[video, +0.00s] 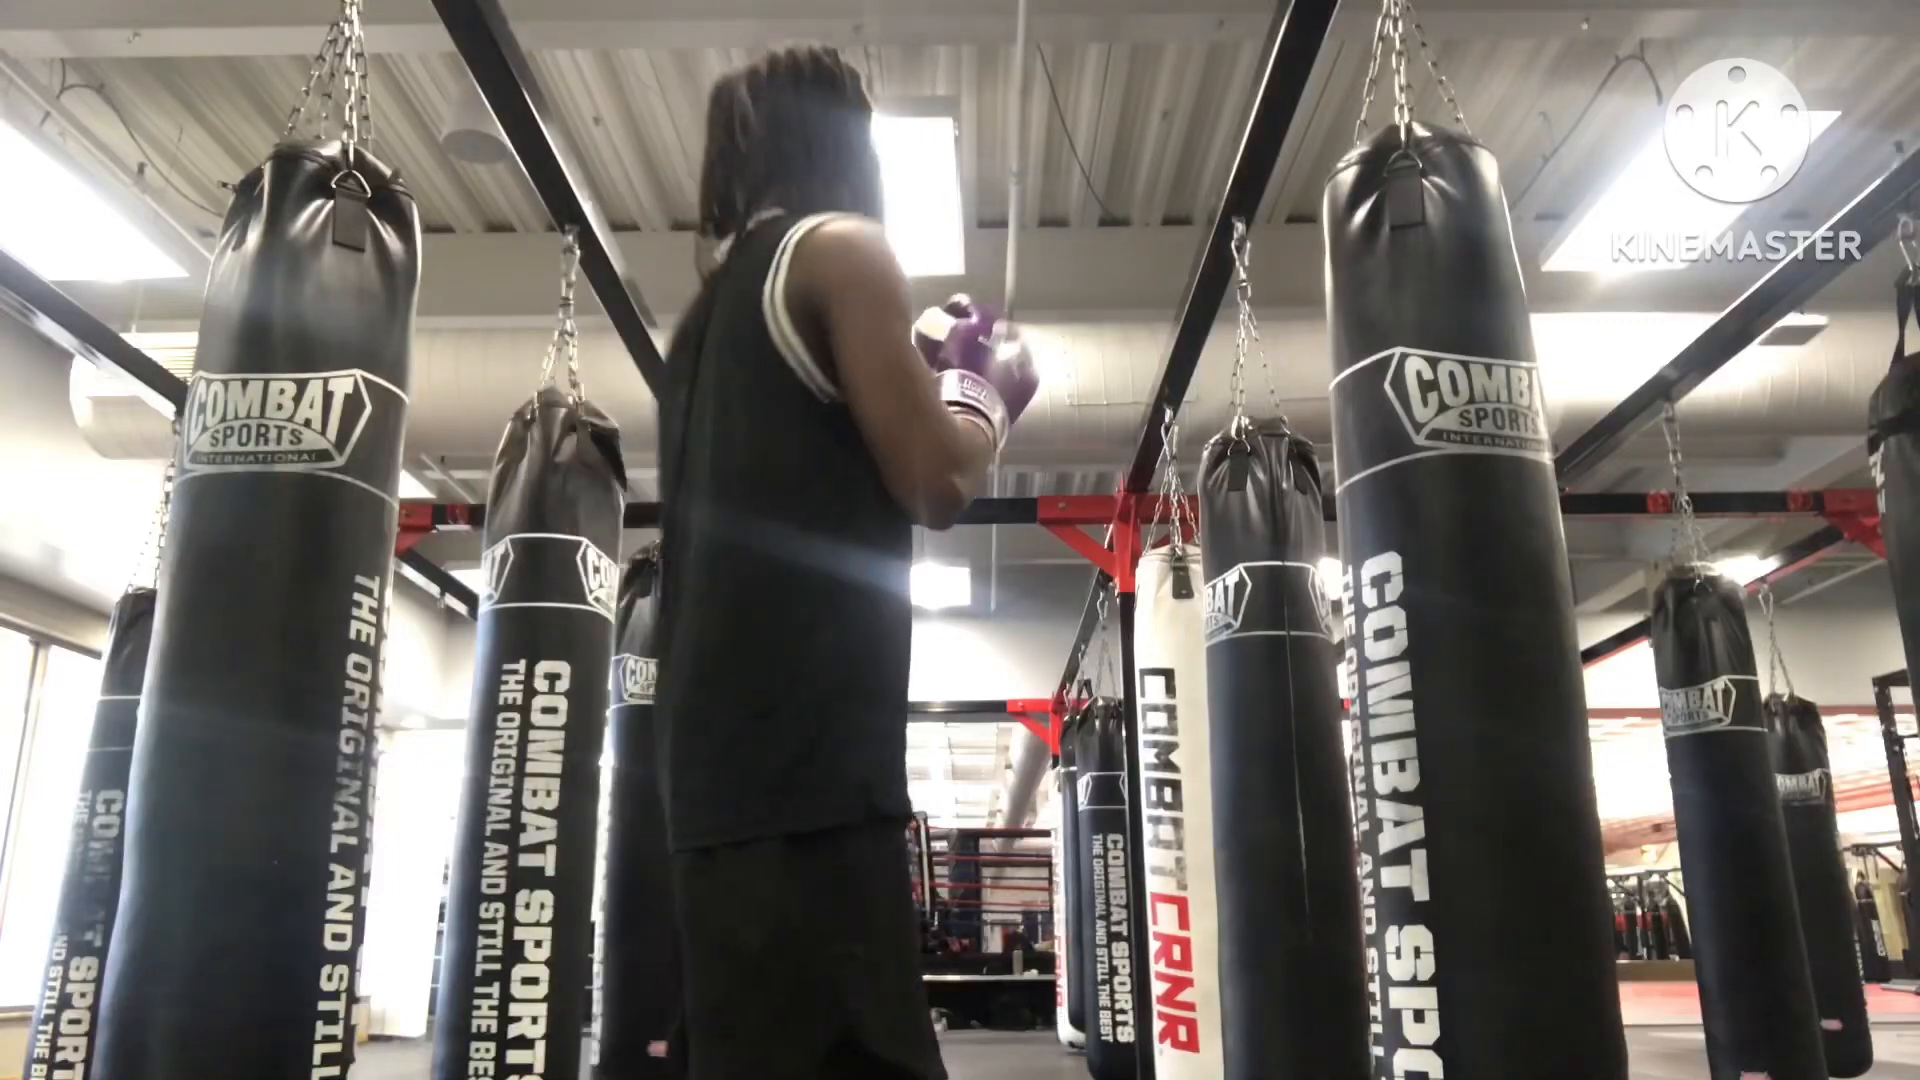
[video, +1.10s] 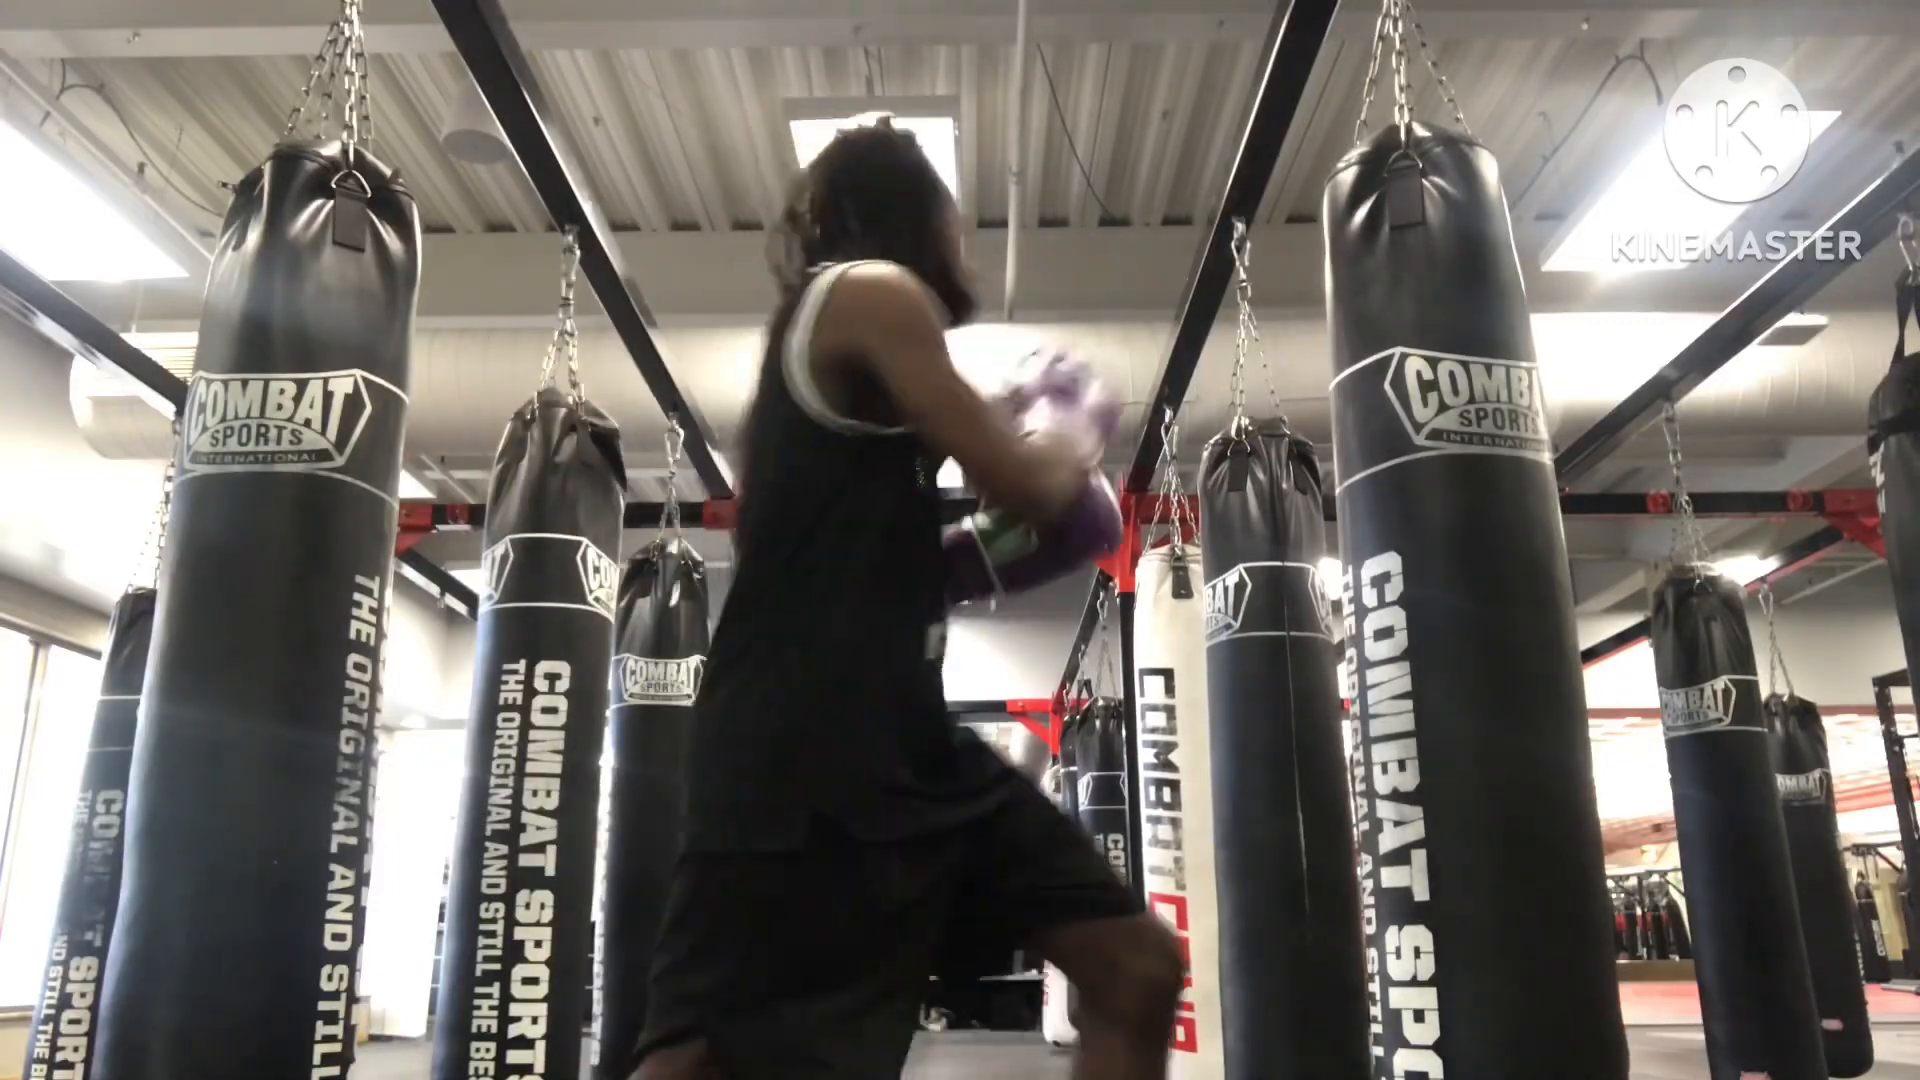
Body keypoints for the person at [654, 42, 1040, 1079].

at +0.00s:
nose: (873, 154)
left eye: (866, 135)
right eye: (864, 133)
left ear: (739, 151)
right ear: (837, 138)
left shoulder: (716, 296)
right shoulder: (837, 250)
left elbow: (795, 463)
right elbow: (938, 482)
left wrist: (918, 363)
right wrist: (986, 401)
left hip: (717, 746)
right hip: (809, 746)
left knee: (750, 1036)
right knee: (851, 1040)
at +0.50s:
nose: (910, 203)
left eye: (901, 180)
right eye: (894, 180)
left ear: (790, 197)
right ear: (853, 192)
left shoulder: (769, 308)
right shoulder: (815, 298)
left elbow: (923, 518)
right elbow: (911, 503)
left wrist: (973, 419)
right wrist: (981, 419)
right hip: (800, 742)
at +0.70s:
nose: (905, 197)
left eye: (897, 173)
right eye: (889, 172)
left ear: (780, 185)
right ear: (841, 181)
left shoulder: (745, 294)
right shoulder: (797, 286)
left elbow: (765, 499)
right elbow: (892, 510)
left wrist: (871, 412)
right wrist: (983, 437)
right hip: (763, 737)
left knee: (993, 999)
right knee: (677, 1042)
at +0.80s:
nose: (904, 191)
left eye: (897, 167)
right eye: (889, 168)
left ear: (772, 179)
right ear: (851, 178)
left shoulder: (744, 292)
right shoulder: (810, 280)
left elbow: (774, 473)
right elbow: (891, 507)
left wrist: (880, 384)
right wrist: (971, 439)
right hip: (788, 701)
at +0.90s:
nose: (911, 197)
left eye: (902, 173)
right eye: (894, 174)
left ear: (786, 193)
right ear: (860, 187)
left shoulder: (764, 302)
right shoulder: (822, 290)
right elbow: (909, 510)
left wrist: (914, 407)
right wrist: (970, 424)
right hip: (812, 706)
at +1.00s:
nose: (930, 213)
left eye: (923, 190)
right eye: (917, 190)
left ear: (807, 200)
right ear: (884, 197)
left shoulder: (794, 308)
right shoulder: (840, 296)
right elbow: (952, 512)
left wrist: (1003, 477)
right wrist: (996, 438)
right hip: (829, 767)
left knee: (1044, 1025)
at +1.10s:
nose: (964, 229)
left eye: (954, 207)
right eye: (950, 205)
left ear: (834, 214)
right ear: (917, 207)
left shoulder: (818, 320)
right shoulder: (873, 294)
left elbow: (863, 579)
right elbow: (1022, 478)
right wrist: (1081, 430)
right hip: (810, 747)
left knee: (1134, 969)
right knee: (689, 1048)